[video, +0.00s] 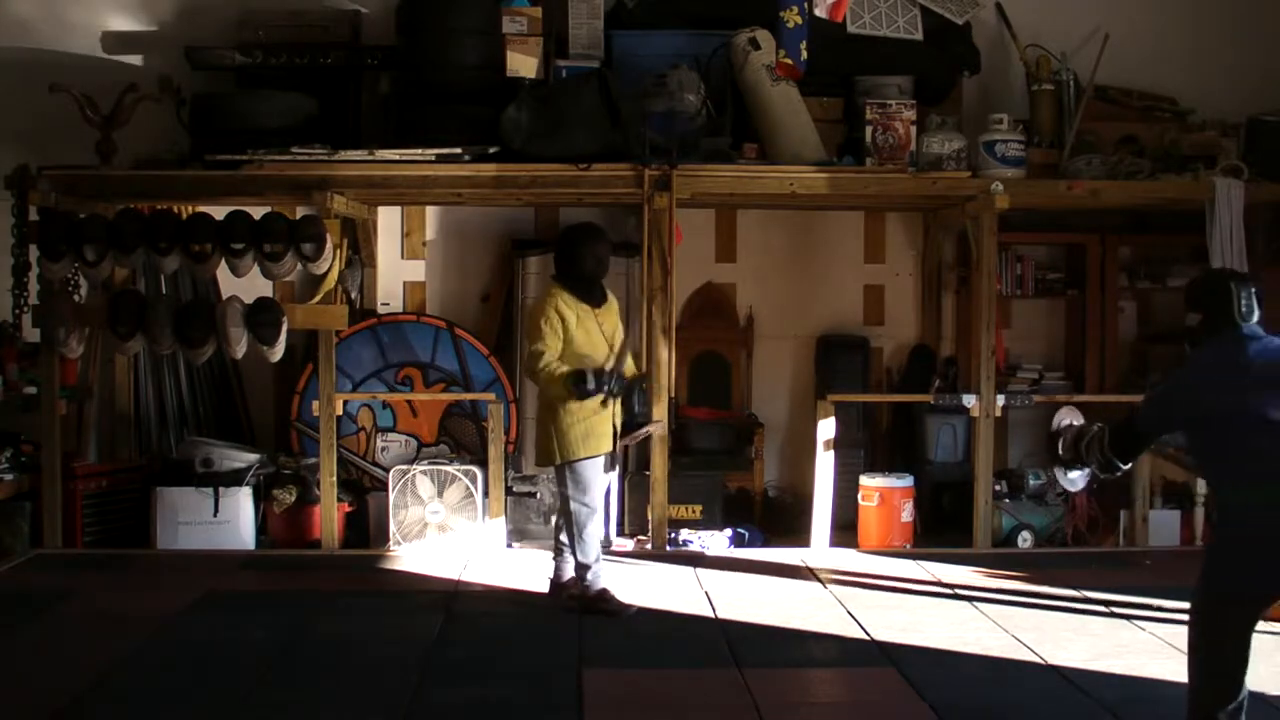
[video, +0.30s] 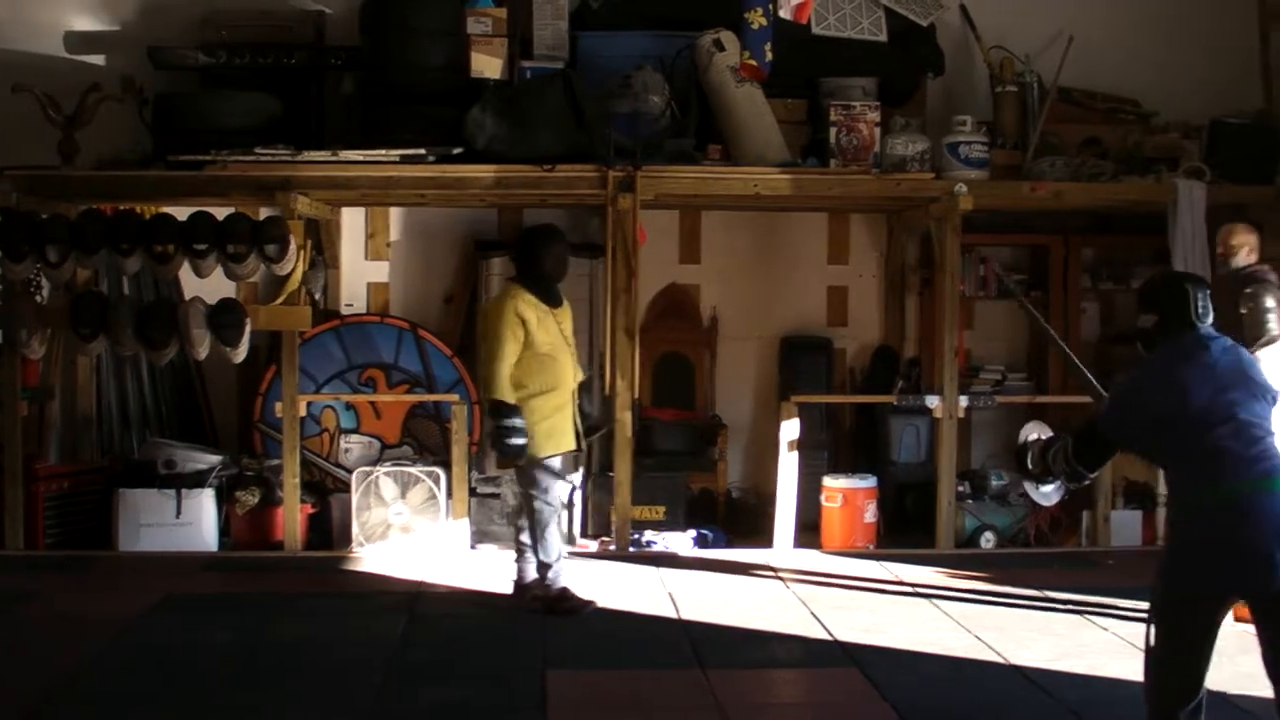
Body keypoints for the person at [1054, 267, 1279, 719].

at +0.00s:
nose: (1185, 323)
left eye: (1190, 313)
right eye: (1189, 313)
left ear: (1201, 317)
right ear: (1250, 309)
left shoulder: (1201, 373)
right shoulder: (1274, 353)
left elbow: (1121, 444)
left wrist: (1075, 436)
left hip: (1252, 533)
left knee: (1216, 633)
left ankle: (1216, 710)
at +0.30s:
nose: (1138, 327)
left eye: (1143, 316)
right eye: (1141, 316)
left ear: (1156, 319)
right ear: (1204, 313)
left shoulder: (1148, 382)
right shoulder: (1242, 360)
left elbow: (1080, 457)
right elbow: (1266, 402)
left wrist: (1040, 452)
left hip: (1204, 536)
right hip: (1272, 528)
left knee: (1174, 681)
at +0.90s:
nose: (1128, 333)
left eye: (1133, 322)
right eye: (1129, 322)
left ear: (1146, 327)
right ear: (1195, 321)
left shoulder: (1149, 384)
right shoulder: (1229, 368)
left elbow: (1086, 470)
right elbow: (1176, 434)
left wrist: (1047, 446)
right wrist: (1110, 411)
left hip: (1204, 550)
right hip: (1271, 545)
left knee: (1129, 682)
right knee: (1235, 678)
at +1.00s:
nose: (1118, 327)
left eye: (1124, 316)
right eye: (1119, 316)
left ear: (1138, 320)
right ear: (1184, 317)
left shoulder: (1138, 376)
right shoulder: (1216, 365)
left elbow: (1079, 466)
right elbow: (1163, 438)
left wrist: (1043, 439)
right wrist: (1094, 410)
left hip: (1192, 544)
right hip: (1258, 540)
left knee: (1121, 671)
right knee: (1220, 676)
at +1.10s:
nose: (1102, 325)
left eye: (1106, 315)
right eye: (1103, 315)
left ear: (1117, 319)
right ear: (1166, 314)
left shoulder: (1123, 376)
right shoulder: (1196, 365)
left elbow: (1057, 461)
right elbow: (1147, 436)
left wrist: (1022, 429)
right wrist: (1080, 409)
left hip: (1172, 547)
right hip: (1235, 543)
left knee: (1106, 674)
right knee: (1202, 678)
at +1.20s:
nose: (1075, 320)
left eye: (1082, 310)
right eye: (1078, 310)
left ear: (1094, 317)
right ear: (1142, 315)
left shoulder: (1085, 378)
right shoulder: (1169, 365)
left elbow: (1029, 463)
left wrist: (1005, 421)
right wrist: (1051, 399)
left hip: (1146, 552)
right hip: (1208, 544)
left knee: (1088, 684)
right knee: (1183, 682)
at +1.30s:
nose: (1045, 322)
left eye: (1051, 312)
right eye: (1048, 312)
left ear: (1061, 316)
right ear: (1109, 314)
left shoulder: (1062, 376)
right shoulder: (1137, 366)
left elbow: (999, 457)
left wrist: (974, 422)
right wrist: (1011, 410)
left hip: (1114, 553)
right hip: (1178, 544)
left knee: (1060, 689)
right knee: (1162, 684)